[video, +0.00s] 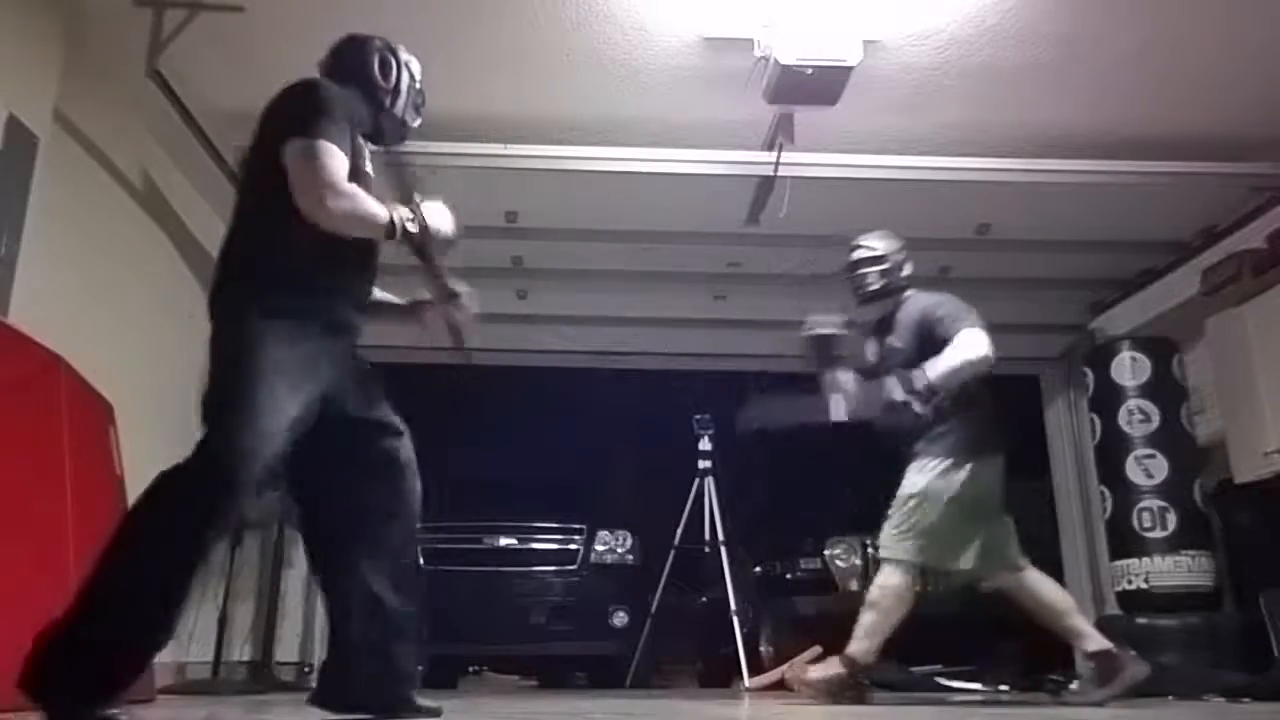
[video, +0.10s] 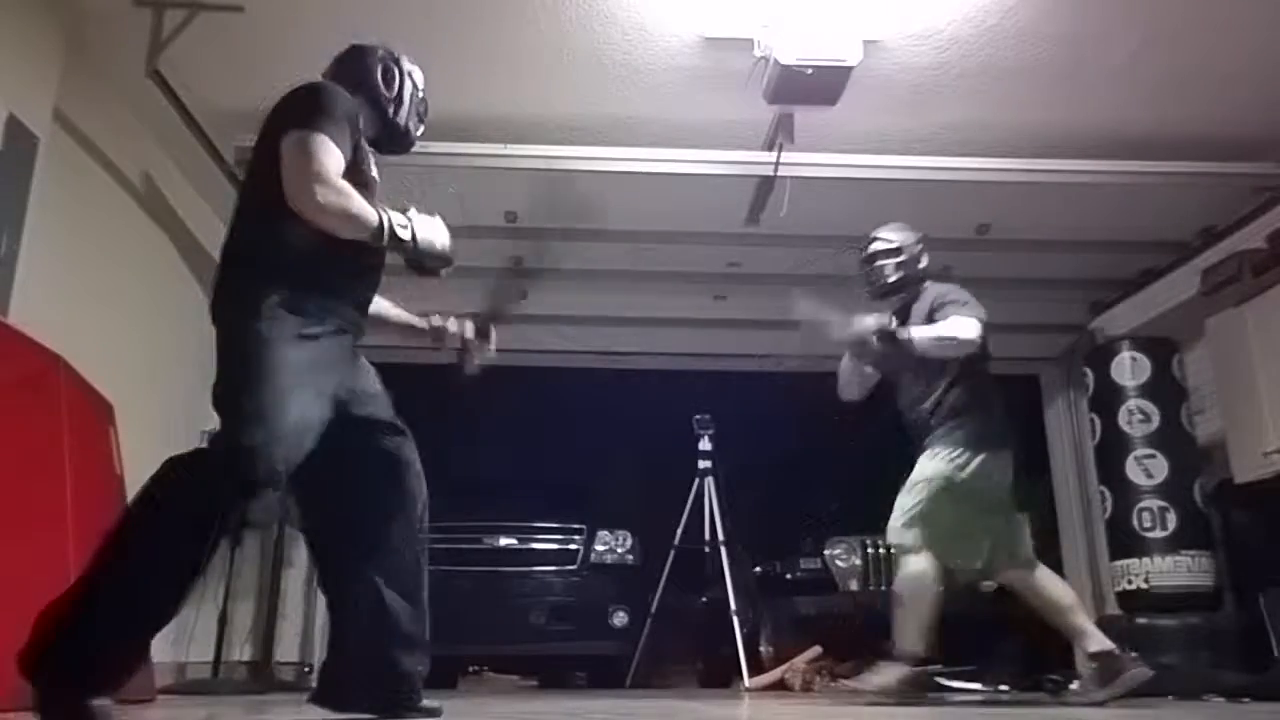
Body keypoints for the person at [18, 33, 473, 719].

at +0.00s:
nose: (406, 118)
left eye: (410, 106)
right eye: (404, 100)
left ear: (367, 83)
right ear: (377, 78)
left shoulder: (356, 155)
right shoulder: (316, 101)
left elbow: (337, 291)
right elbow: (324, 199)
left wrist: (419, 309)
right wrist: (406, 222)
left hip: (332, 342)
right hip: (273, 327)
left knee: (379, 479)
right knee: (232, 472)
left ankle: (369, 681)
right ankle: (69, 677)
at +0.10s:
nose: (407, 120)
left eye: (411, 108)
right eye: (406, 103)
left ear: (370, 90)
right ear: (384, 83)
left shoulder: (355, 166)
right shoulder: (323, 101)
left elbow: (345, 294)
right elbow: (312, 192)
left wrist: (431, 327)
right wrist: (399, 227)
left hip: (336, 342)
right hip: (278, 324)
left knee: (387, 481)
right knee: (252, 462)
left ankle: (372, 681)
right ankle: (68, 665)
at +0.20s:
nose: (407, 118)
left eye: (409, 106)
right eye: (403, 100)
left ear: (366, 87)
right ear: (376, 81)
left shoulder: (345, 163)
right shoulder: (319, 95)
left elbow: (333, 299)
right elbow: (316, 173)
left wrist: (408, 347)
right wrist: (412, 207)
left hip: (331, 343)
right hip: (275, 324)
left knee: (377, 485)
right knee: (241, 488)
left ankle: (375, 685)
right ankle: (54, 683)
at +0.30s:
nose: (387, 114)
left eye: (391, 105)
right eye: (387, 97)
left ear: (344, 71)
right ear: (364, 70)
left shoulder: (332, 148)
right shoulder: (301, 85)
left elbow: (311, 296)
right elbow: (329, 169)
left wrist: (383, 347)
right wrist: (417, 193)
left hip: (317, 337)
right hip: (259, 316)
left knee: (365, 492)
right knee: (221, 496)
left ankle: (371, 688)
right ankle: (49, 691)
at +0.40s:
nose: (376, 91)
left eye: (379, 80)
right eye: (374, 74)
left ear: (330, 51)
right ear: (349, 50)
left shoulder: (309, 124)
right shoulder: (287, 72)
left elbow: (285, 271)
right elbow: (324, 164)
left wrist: (363, 331)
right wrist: (413, 195)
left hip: (304, 333)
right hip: (241, 312)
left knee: (353, 486)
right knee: (199, 502)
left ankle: (363, 684)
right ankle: (44, 693)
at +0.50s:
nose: (370, 85)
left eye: (374, 73)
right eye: (369, 67)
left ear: (322, 40)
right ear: (347, 43)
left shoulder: (307, 113)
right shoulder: (282, 68)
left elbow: (285, 264)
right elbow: (303, 165)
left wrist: (366, 322)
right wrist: (382, 191)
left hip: (299, 325)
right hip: (240, 306)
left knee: (353, 476)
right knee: (194, 496)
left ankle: (361, 677)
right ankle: (47, 691)